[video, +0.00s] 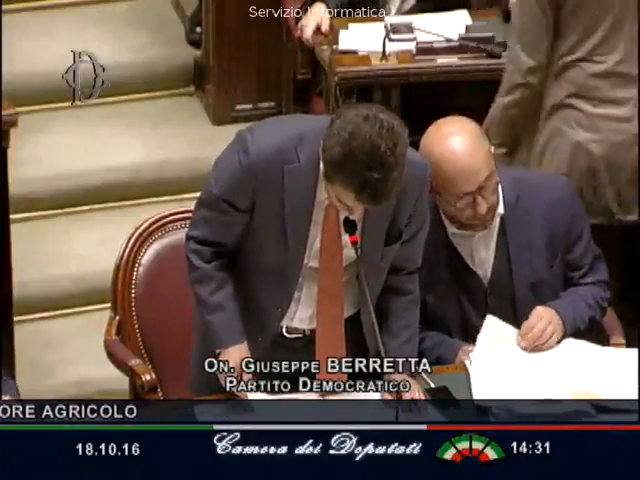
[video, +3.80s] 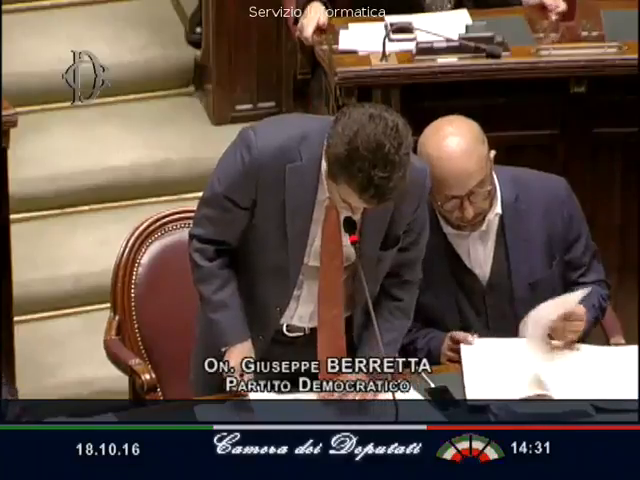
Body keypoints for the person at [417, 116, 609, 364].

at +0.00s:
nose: (481, 207)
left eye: (486, 186)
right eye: (463, 199)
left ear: (493, 158)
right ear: (432, 189)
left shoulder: (552, 197)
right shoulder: (409, 225)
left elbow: (594, 284)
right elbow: (402, 327)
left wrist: (561, 315)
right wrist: (455, 353)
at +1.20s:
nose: (473, 211)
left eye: (481, 192)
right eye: (455, 200)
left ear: (493, 157)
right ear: (429, 185)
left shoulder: (552, 197)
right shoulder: (407, 221)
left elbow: (586, 271)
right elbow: (394, 324)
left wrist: (601, 305)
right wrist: (441, 348)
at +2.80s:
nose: (475, 208)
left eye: (482, 189)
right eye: (457, 198)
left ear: (494, 158)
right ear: (430, 184)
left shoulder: (553, 194)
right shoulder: (409, 219)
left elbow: (595, 278)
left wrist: (568, 304)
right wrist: (440, 345)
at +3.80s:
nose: (469, 211)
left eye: (479, 191)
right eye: (452, 199)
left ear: (491, 159)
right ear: (425, 186)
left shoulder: (550, 197)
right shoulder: (407, 222)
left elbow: (591, 282)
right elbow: (398, 327)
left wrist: (580, 317)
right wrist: (438, 346)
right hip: (454, 380)